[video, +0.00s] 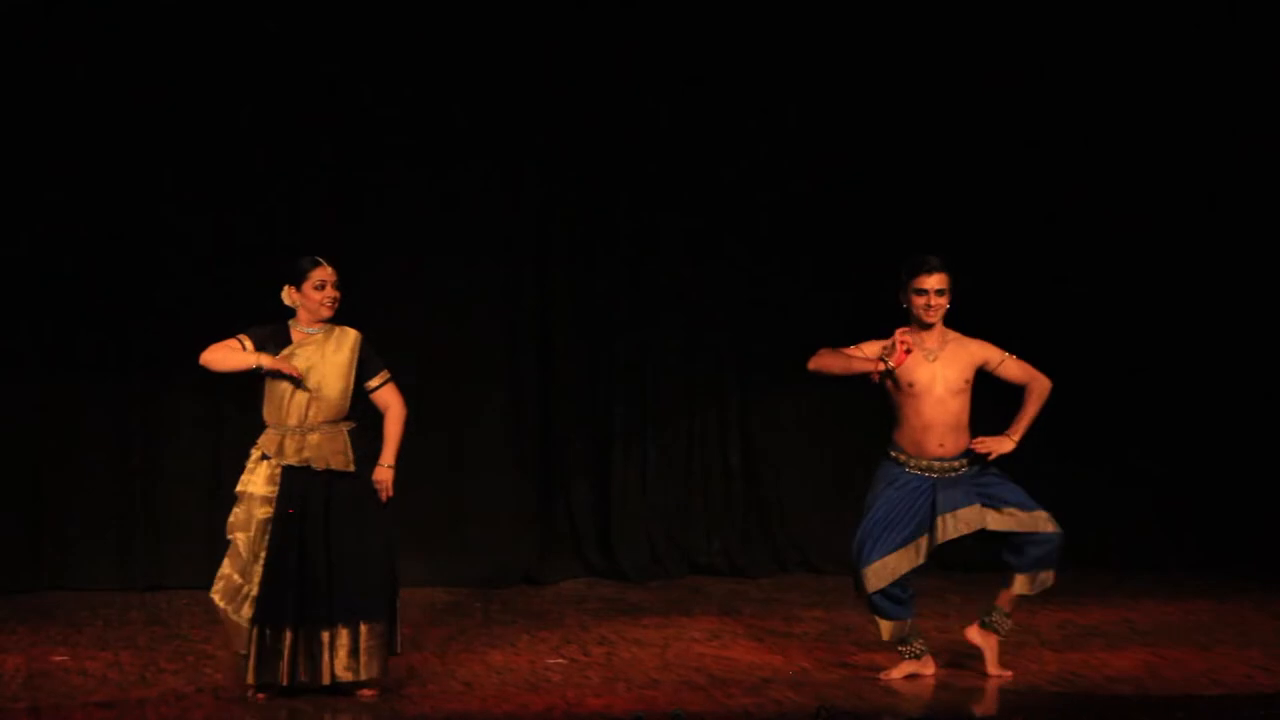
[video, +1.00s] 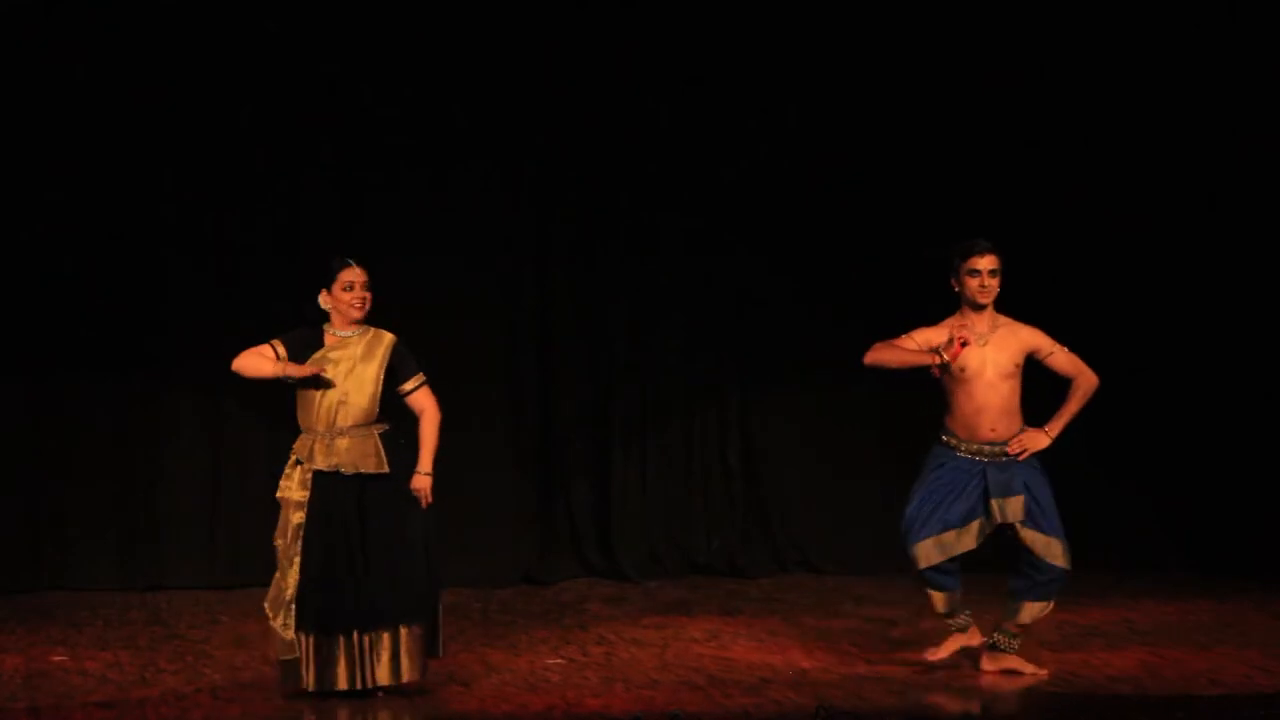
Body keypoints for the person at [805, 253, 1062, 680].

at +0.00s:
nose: (931, 301)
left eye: (939, 293)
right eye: (921, 293)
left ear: (949, 298)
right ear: (907, 298)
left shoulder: (972, 350)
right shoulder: (889, 348)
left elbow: (1040, 383)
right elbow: (817, 363)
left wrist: (1012, 437)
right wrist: (879, 359)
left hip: (966, 471)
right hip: (905, 474)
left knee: (1042, 535)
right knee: (874, 559)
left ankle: (991, 627)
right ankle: (915, 654)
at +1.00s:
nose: (985, 282)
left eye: (992, 274)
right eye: (974, 274)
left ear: (1000, 281)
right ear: (958, 281)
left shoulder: (1022, 336)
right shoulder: (942, 333)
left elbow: (1087, 379)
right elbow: (874, 356)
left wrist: (1049, 431)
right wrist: (935, 356)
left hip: (1014, 458)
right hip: (956, 456)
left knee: (1049, 556)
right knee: (922, 534)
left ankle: (1003, 648)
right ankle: (960, 628)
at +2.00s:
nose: (894, 284)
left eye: (905, 277)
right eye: (890, 276)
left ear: (927, 284)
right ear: (885, 282)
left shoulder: (963, 332)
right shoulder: (875, 340)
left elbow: (1029, 377)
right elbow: (791, 350)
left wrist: (993, 434)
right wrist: (848, 337)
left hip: (955, 459)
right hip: (901, 457)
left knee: (956, 560)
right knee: (894, 555)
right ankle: (921, 656)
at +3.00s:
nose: (955, 279)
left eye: (962, 271)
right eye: (945, 271)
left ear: (969, 277)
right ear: (926, 277)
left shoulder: (985, 337)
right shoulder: (906, 327)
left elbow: (1049, 382)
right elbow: (843, 340)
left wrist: (1007, 432)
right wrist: (902, 342)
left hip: (976, 454)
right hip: (916, 455)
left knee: (1031, 545)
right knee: (899, 552)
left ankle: (1014, 648)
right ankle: (931, 640)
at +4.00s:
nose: (951, 272)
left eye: (956, 264)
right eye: (940, 264)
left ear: (963, 272)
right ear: (920, 273)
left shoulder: (984, 320)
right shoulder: (913, 328)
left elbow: (1054, 325)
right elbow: (871, 355)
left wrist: (1035, 354)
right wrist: (926, 368)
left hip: (980, 447)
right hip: (931, 449)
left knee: (1006, 541)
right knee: (948, 550)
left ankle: (962, 647)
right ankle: (940, 631)